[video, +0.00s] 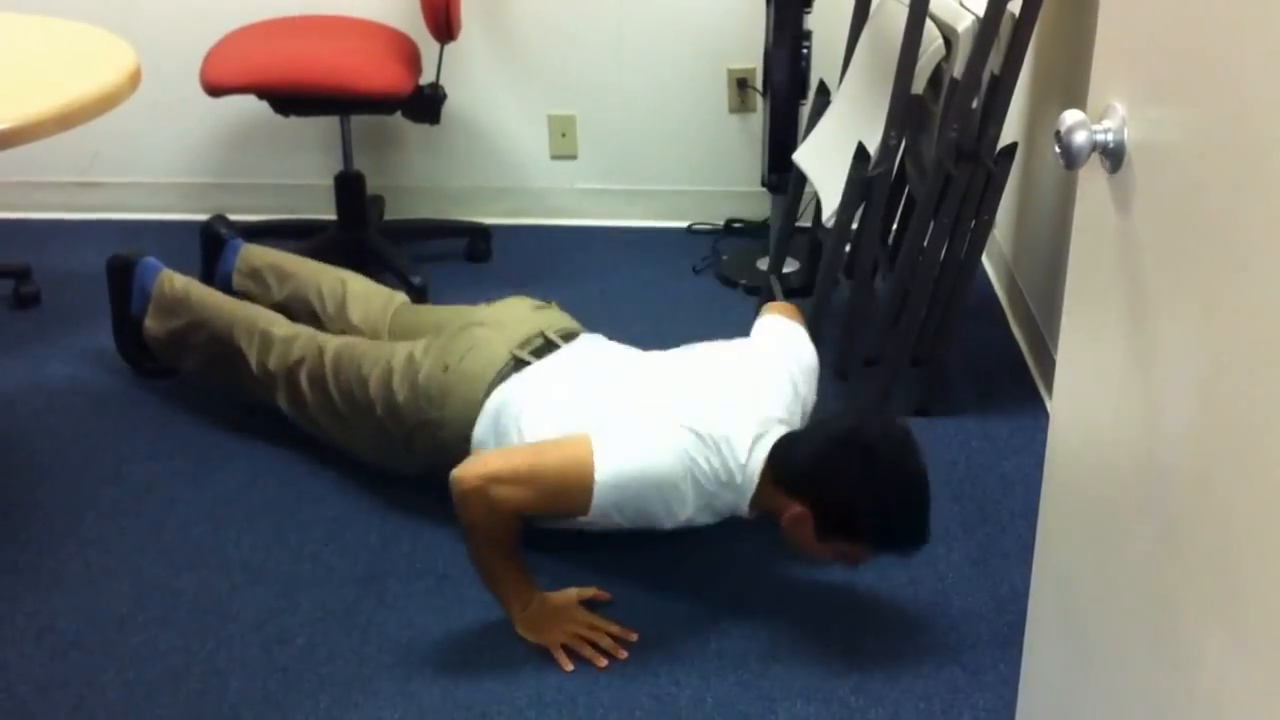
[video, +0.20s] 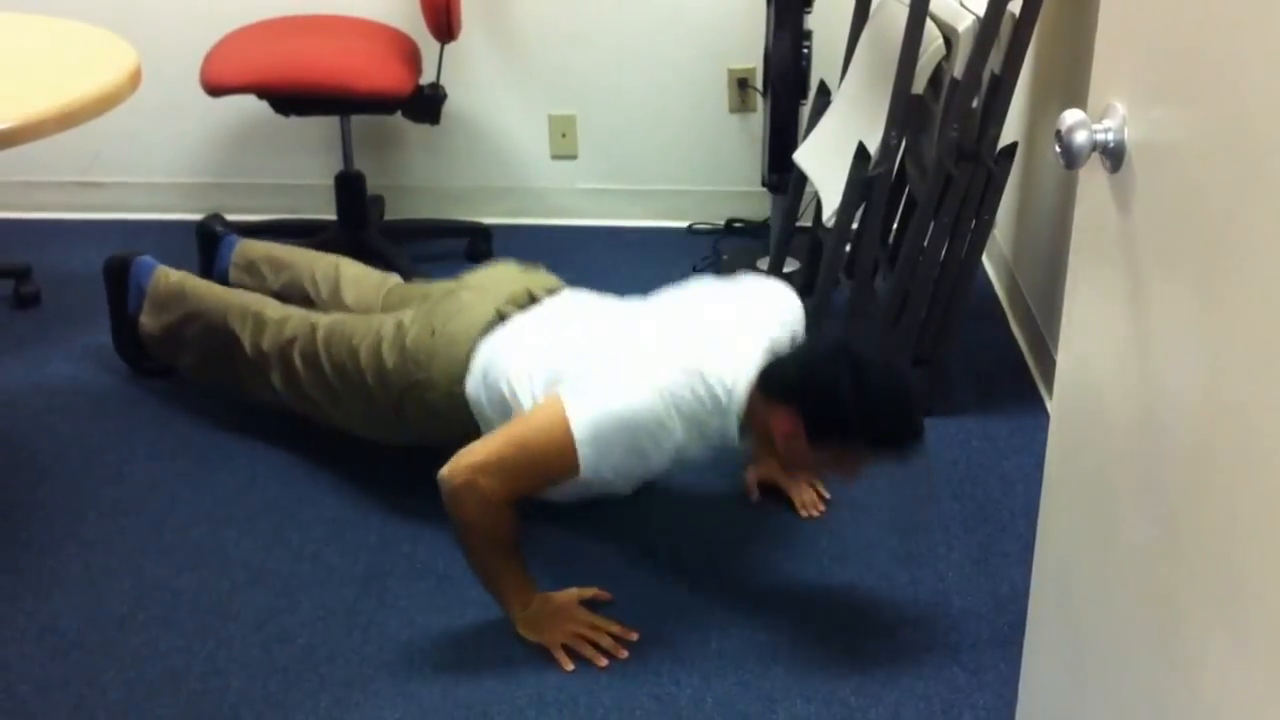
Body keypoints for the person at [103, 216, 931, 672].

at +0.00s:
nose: (839, 561)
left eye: (854, 552)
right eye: (843, 548)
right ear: (803, 512)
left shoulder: (790, 376)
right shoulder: (678, 472)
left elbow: (780, 309)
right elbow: (478, 487)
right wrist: (528, 606)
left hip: (542, 328)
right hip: (466, 398)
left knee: (388, 313)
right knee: (294, 364)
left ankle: (240, 255)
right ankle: (159, 304)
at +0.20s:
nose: (834, 474)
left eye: (846, 469)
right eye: (835, 463)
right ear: (788, 426)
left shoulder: (776, 301)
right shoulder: (650, 417)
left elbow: (740, 362)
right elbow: (469, 483)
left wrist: (762, 448)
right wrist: (526, 605)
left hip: (527, 291)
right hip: (461, 369)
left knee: (378, 292)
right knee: (290, 353)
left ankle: (233, 249)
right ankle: (155, 302)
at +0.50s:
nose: (827, 329)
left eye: (841, 313)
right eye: (823, 310)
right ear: (766, 265)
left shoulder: (758, 207)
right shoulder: (616, 286)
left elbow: (760, 326)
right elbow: (508, 440)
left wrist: (764, 452)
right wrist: (526, 595)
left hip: (511, 226)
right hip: (448, 302)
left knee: (370, 258)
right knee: (288, 324)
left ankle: (231, 248)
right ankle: (154, 308)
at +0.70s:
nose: (818, 471)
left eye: (830, 469)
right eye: (825, 461)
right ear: (795, 428)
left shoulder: (781, 299)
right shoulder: (659, 409)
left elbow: (756, 371)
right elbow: (468, 474)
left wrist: (766, 446)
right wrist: (527, 602)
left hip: (532, 290)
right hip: (457, 369)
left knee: (384, 296)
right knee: (290, 351)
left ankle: (238, 250)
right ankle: (156, 300)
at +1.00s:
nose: (821, 520)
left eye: (837, 511)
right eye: (825, 507)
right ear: (790, 475)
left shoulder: (781, 333)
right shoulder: (658, 442)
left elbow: (740, 298)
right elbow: (468, 481)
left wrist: (753, 451)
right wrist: (528, 601)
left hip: (532, 305)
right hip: (461, 381)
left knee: (384, 301)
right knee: (288, 353)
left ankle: (237, 249)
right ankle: (154, 299)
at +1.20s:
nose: (819, 358)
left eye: (835, 349)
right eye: (823, 344)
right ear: (779, 314)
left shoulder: (762, 222)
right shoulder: (628, 318)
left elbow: (763, 340)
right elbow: (504, 452)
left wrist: (766, 451)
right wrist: (527, 595)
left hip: (509, 242)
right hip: (452, 315)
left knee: (367, 269)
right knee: (286, 332)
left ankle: (232, 246)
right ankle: (150, 303)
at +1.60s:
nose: (838, 545)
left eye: (854, 536)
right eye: (843, 532)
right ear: (805, 496)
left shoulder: (795, 361)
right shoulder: (676, 458)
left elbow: (785, 302)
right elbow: (479, 478)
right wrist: (529, 599)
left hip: (543, 313)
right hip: (467, 386)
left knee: (391, 303)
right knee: (298, 354)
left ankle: (239, 250)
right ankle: (162, 297)